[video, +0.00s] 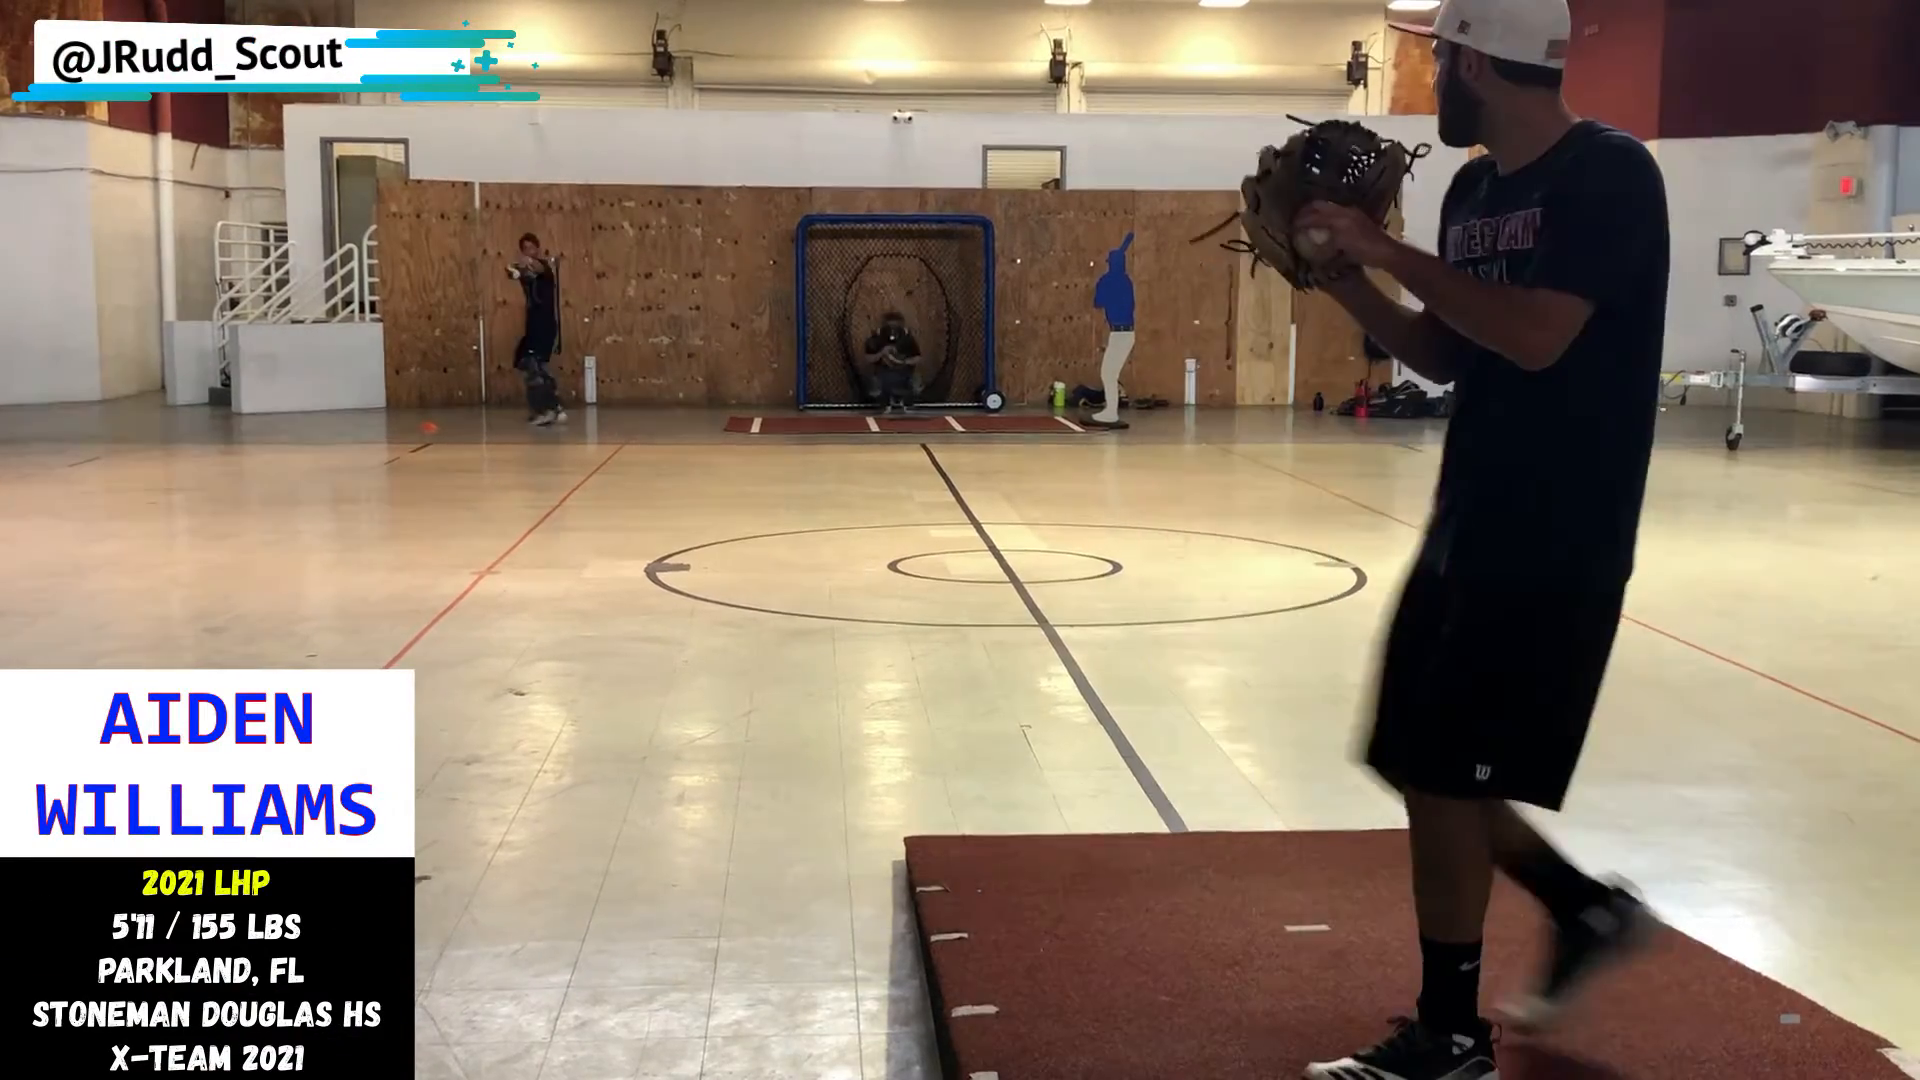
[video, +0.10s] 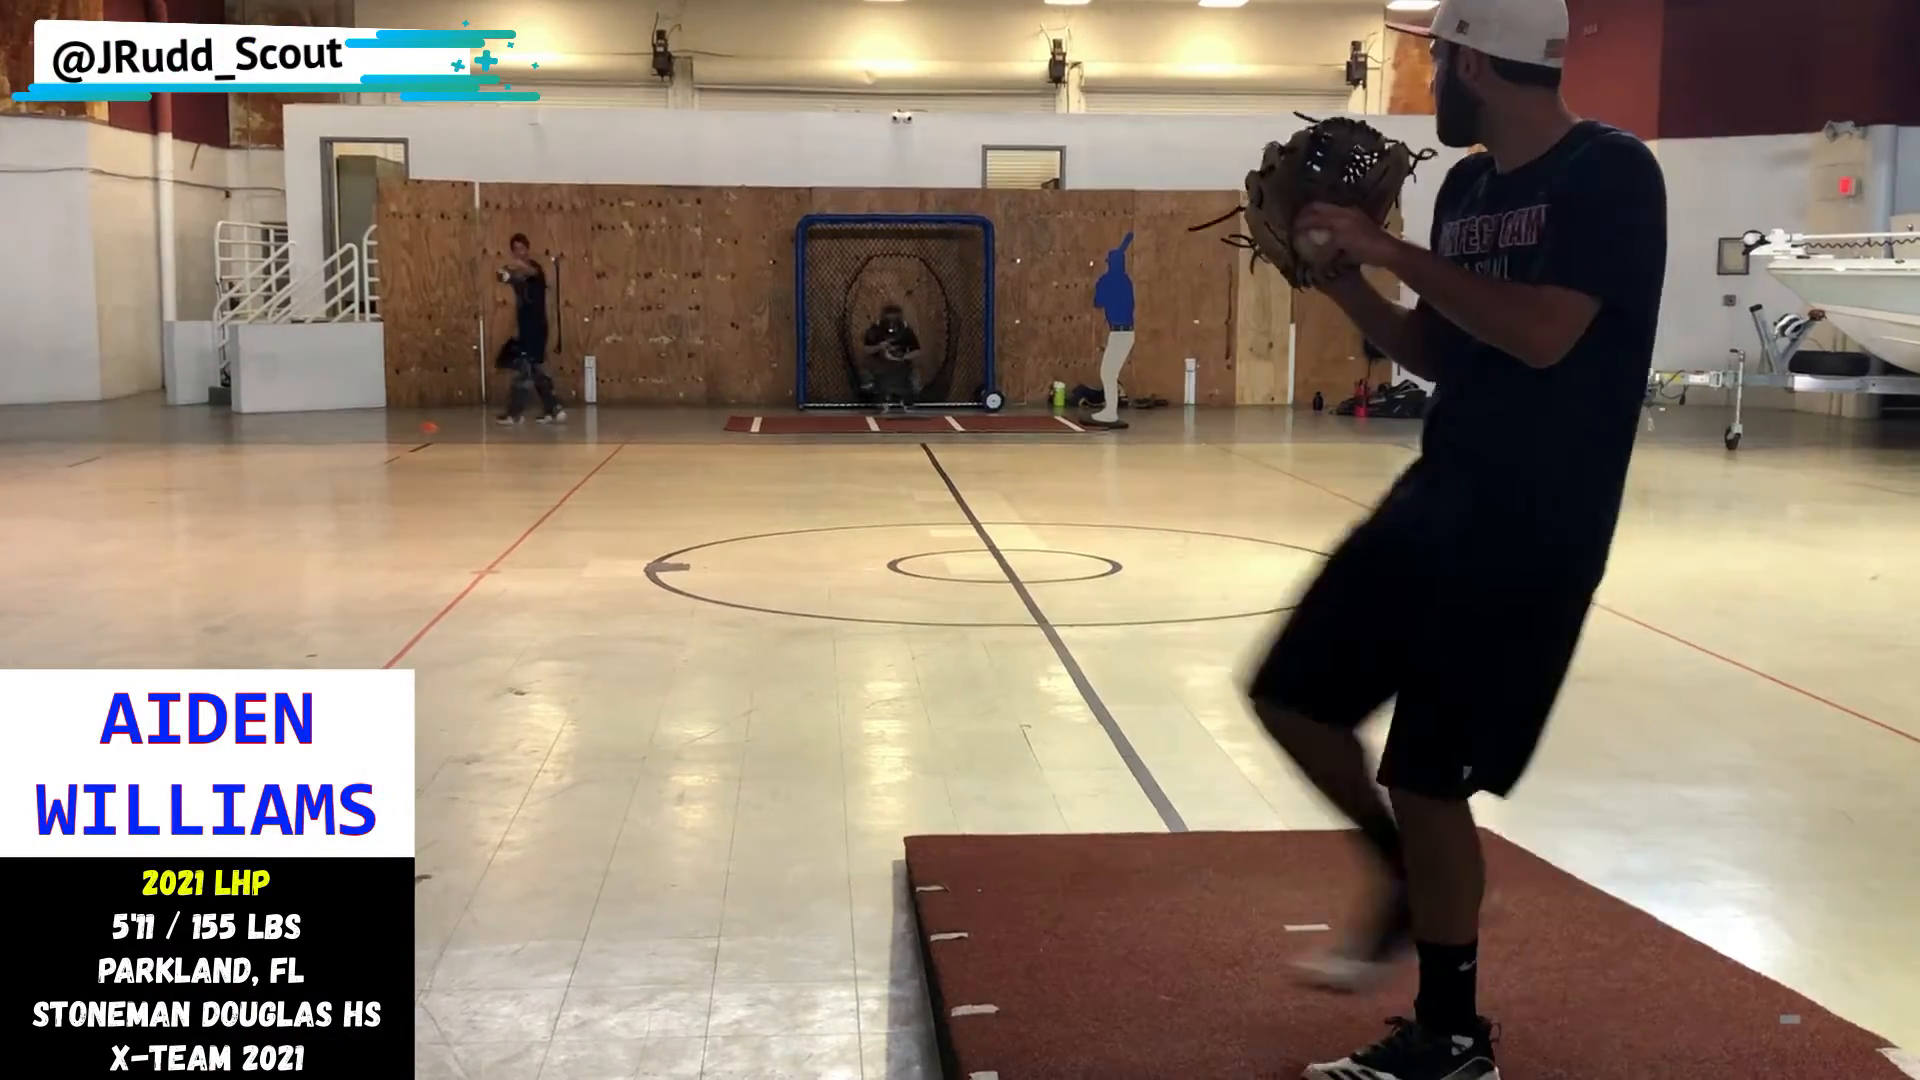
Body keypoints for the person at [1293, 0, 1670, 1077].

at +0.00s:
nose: (1435, 77)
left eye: (1444, 54)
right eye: (1438, 54)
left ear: (1480, 62)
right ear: (1512, 65)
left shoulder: (1612, 174)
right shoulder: (1479, 190)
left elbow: (1538, 331)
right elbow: (1444, 356)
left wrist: (1386, 249)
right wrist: (1337, 275)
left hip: (1556, 535)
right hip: (1473, 522)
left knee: (1444, 764)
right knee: (1412, 752)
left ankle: (1450, 1029)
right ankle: (1585, 905)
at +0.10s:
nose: (1433, 80)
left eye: (1440, 56)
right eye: (1435, 56)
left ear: (1475, 59)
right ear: (1517, 60)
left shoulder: (1614, 172)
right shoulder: (1466, 187)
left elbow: (1544, 329)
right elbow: (1439, 354)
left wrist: (1388, 249)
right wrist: (1337, 278)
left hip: (1536, 529)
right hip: (1440, 501)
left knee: (1426, 777)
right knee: (1292, 699)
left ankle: (1449, 1029)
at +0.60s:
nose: (1360, 96)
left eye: (1368, 76)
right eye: (1360, 78)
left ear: (1408, 78)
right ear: (1418, 80)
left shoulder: (1530, 187)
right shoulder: (1388, 194)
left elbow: (1480, 347)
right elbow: (1356, 361)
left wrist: (1336, 265)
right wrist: (1275, 283)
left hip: (1417, 518)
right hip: (1336, 466)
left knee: (1364, 767)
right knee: (1176, 312)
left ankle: (1445, 1029)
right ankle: (1222, 565)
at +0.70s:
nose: (1326, 115)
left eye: (1337, 98)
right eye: (1328, 97)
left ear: (1380, 102)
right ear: (1392, 101)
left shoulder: (1502, 207)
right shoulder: (1356, 210)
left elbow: (1478, 384)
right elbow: (1333, 358)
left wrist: (1316, 339)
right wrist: (1254, 326)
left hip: (1418, 533)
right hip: (1330, 486)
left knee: (1338, 777)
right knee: (1139, 444)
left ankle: (1441, 1027)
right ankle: (1232, 660)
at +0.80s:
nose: (1294, 168)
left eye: (1303, 151)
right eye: (1297, 150)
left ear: (1340, 159)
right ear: (1373, 158)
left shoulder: (1476, 264)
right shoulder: (1321, 257)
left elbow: (1470, 440)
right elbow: (1263, 370)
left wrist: (1289, 507)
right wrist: (1182, 435)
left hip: (1425, 556)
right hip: (1327, 528)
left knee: (1320, 780)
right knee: (1128, 577)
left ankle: (1438, 1029)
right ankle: (1161, 807)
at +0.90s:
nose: (1261, 244)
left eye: (1269, 230)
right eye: (1265, 230)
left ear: (1297, 237)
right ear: (1350, 232)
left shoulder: (1443, 336)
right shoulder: (1277, 323)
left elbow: (1478, 516)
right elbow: (1170, 407)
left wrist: (1423, 657)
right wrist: (1077, 518)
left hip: (1402, 586)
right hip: (1309, 558)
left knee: (1291, 787)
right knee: (1133, 664)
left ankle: (1429, 1028)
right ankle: (1108, 858)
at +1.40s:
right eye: (1217, 351)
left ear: (1147, 343)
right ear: (1218, 354)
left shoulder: (1099, 406)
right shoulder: (1224, 420)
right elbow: (1261, 511)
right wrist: (1326, 553)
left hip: (1109, 603)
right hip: (1196, 601)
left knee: (1149, 801)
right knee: (1141, 708)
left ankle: (1220, 879)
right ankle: (1122, 843)